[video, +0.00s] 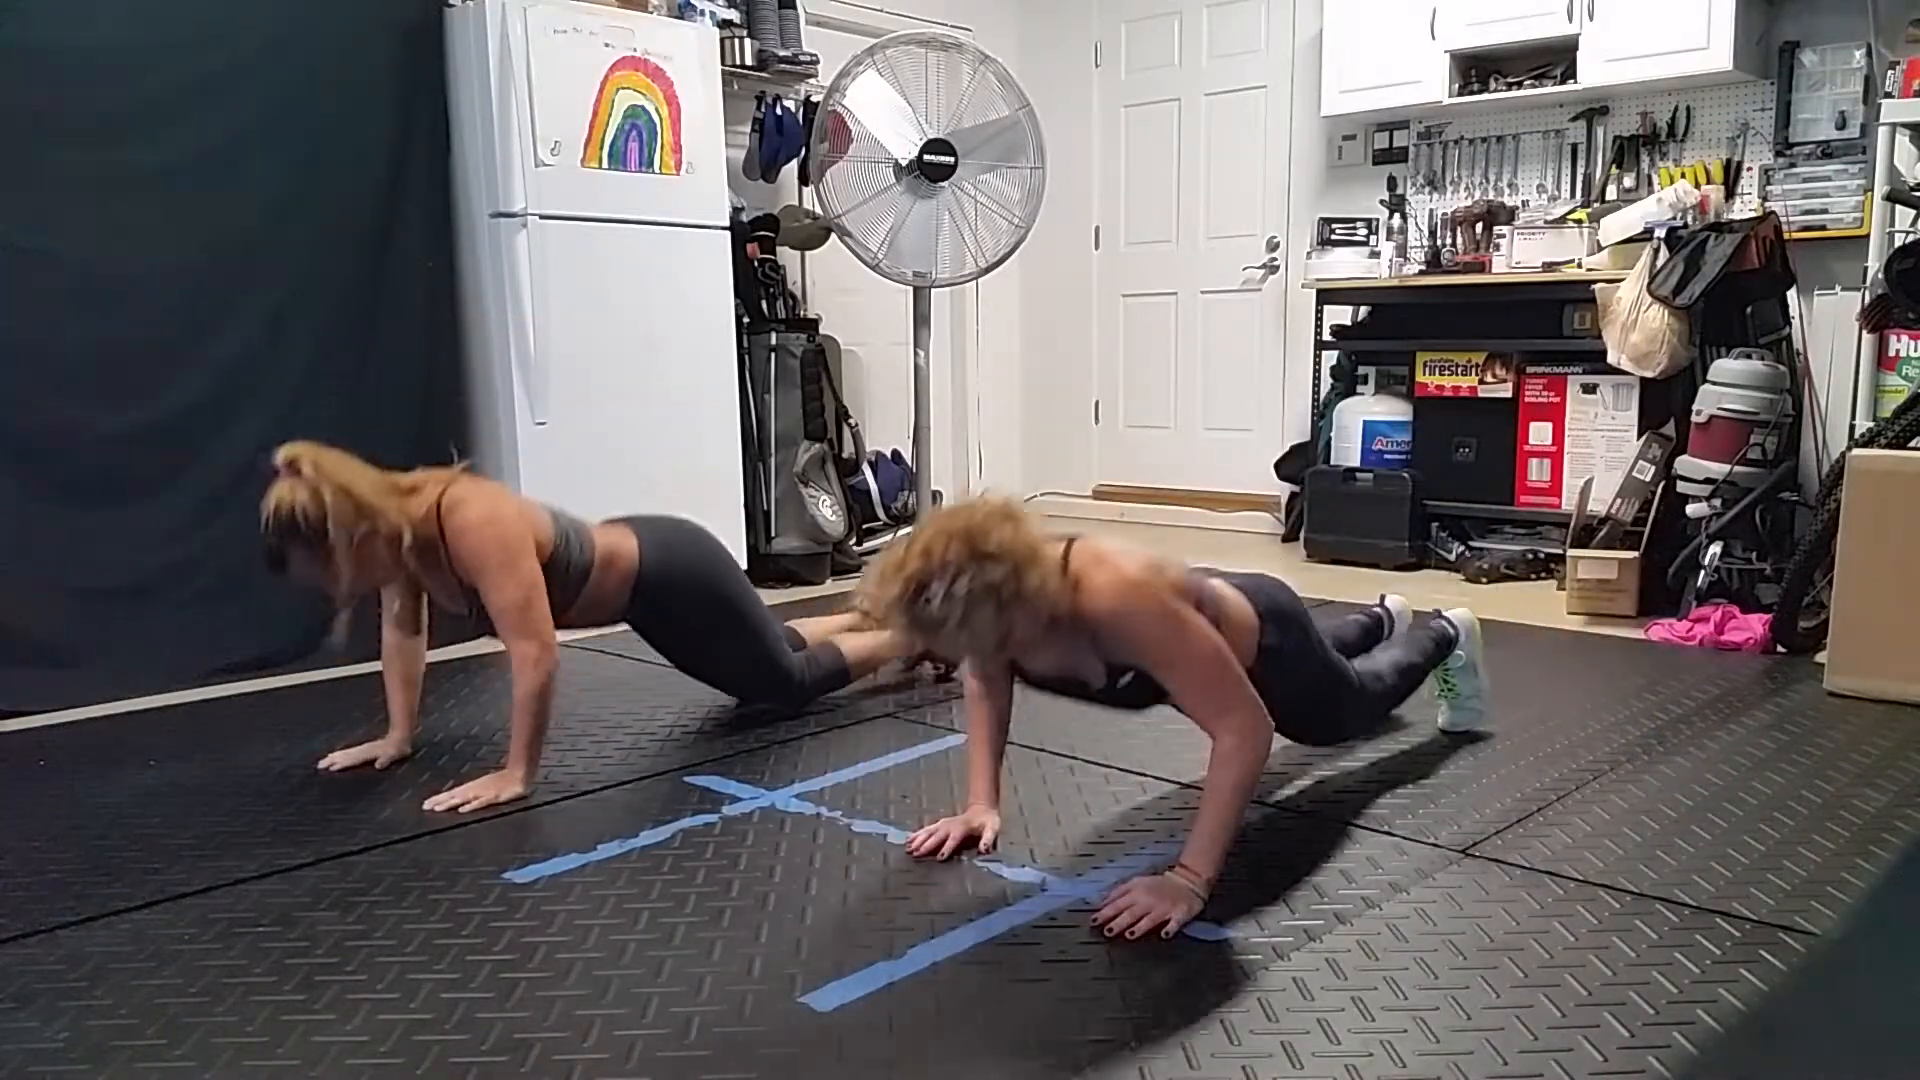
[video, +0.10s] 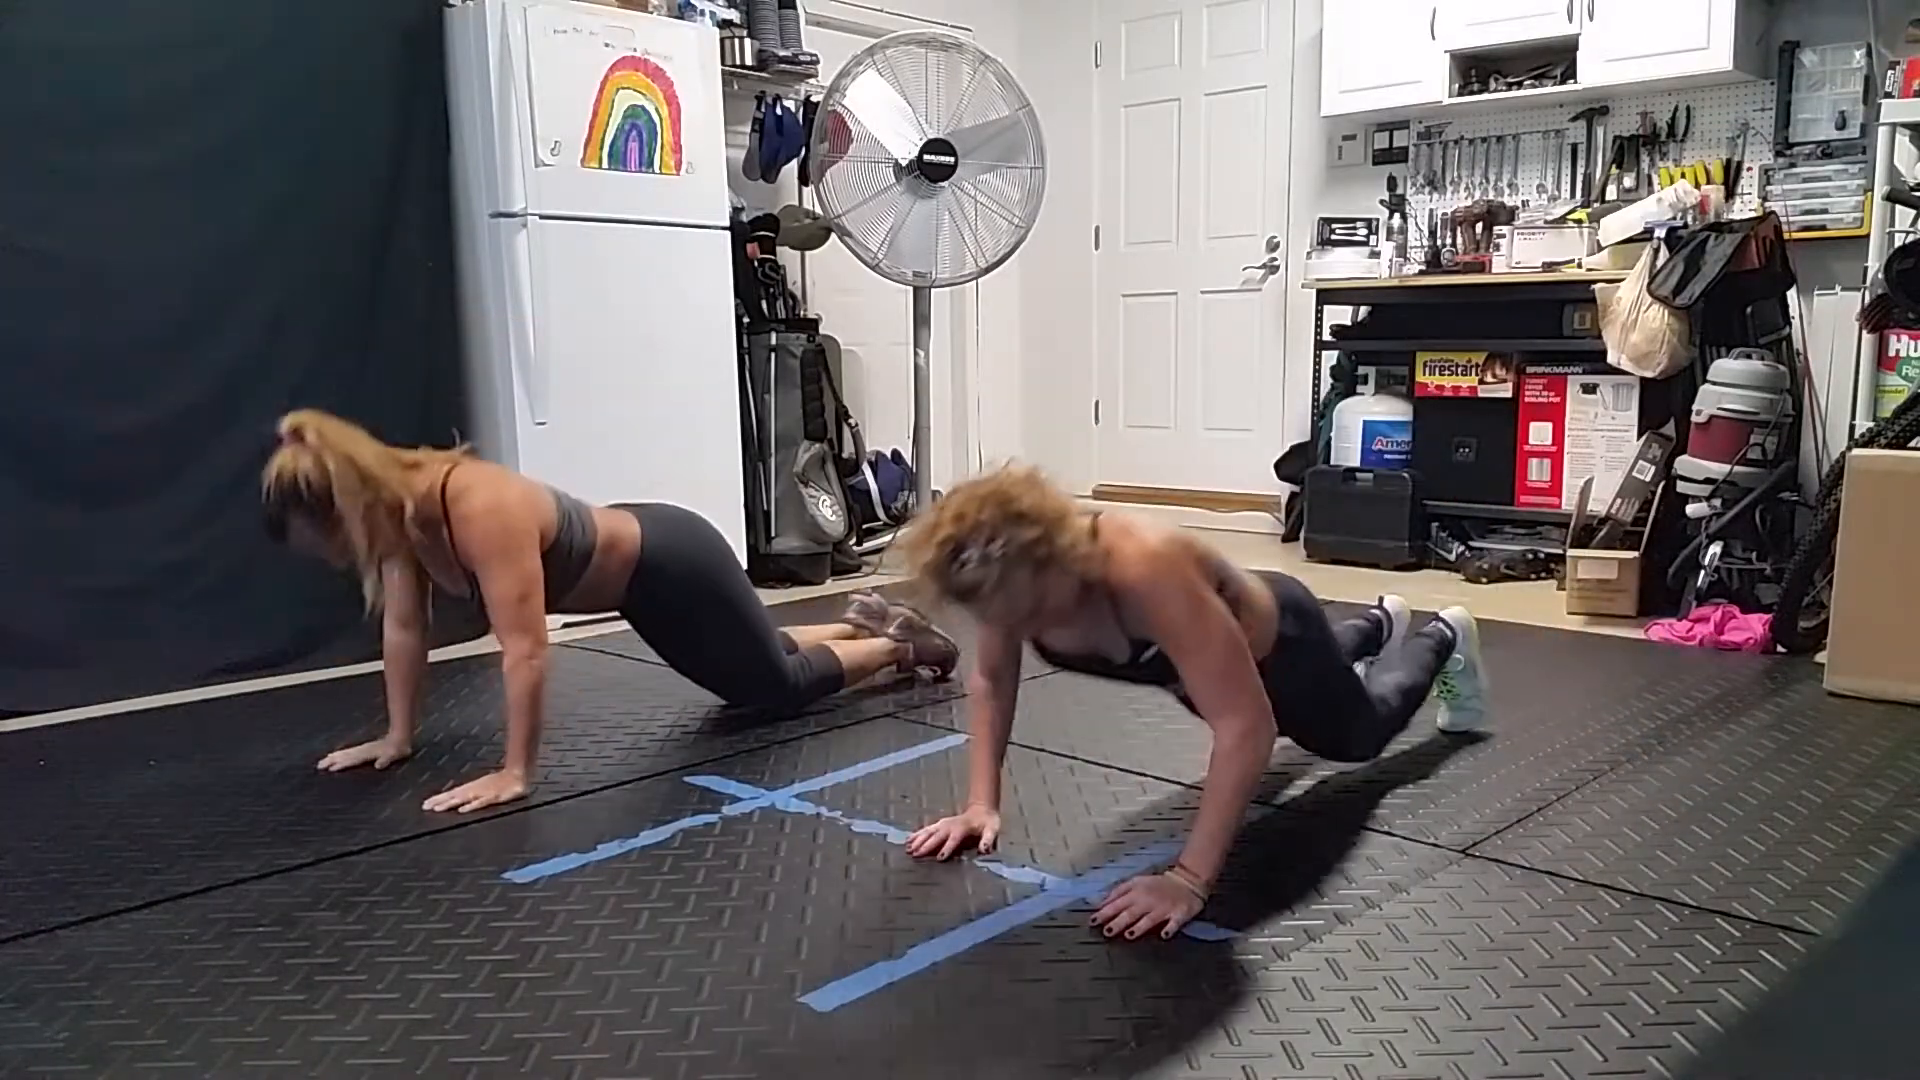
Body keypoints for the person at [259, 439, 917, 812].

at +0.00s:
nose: (331, 591)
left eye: (324, 573)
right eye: (318, 582)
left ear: (348, 536)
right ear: (342, 534)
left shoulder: (472, 519)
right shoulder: (397, 524)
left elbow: (535, 649)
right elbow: (404, 627)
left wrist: (517, 774)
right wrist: (398, 735)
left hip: (669, 576)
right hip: (636, 576)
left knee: (795, 679)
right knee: (771, 653)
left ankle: (918, 635)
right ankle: (883, 616)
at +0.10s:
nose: (334, 548)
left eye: (326, 534)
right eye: (320, 541)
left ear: (344, 495)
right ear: (338, 500)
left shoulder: (478, 502)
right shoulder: (396, 512)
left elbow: (524, 649)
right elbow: (404, 624)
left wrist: (516, 772)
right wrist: (397, 736)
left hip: (672, 563)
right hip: (637, 572)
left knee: (784, 687)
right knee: (754, 670)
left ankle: (896, 650)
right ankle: (864, 632)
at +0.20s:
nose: (326, 538)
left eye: (320, 522)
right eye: (311, 528)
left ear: (348, 479)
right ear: (338, 483)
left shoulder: (477, 495)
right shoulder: (396, 502)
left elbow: (518, 642)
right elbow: (405, 622)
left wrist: (516, 771)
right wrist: (398, 736)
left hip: (671, 561)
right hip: (632, 572)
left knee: (782, 688)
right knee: (746, 677)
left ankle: (900, 654)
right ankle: (856, 632)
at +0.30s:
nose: (324, 513)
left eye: (320, 495)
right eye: (311, 502)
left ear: (351, 454)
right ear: (336, 462)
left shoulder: (476, 488)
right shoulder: (395, 498)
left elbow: (509, 638)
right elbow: (402, 622)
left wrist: (513, 769)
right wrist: (396, 735)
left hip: (668, 555)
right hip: (627, 573)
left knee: (777, 685)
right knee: (739, 674)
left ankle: (901, 655)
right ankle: (851, 634)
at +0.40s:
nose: (329, 487)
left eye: (326, 469)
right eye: (316, 476)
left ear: (362, 430)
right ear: (336, 444)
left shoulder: (476, 474)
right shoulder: (392, 488)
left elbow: (501, 616)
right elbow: (399, 608)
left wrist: (489, 747)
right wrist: (396, 731)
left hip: (667, 556)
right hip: (628, 576)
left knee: (773, 681)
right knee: (740, 669)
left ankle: (895, 656)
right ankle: (844, 641)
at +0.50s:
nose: (337, 483)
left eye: (340, 463)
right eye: (323, 471)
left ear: (379, 425)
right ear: (321, 454)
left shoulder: (481, 457)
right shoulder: (388, 486)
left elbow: (425, 588)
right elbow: (400, 591)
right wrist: (396, 723)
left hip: (669, 554)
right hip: (629, 580)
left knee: (778, 686)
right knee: (742, 669)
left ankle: (896, 657)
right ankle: (844, 638)